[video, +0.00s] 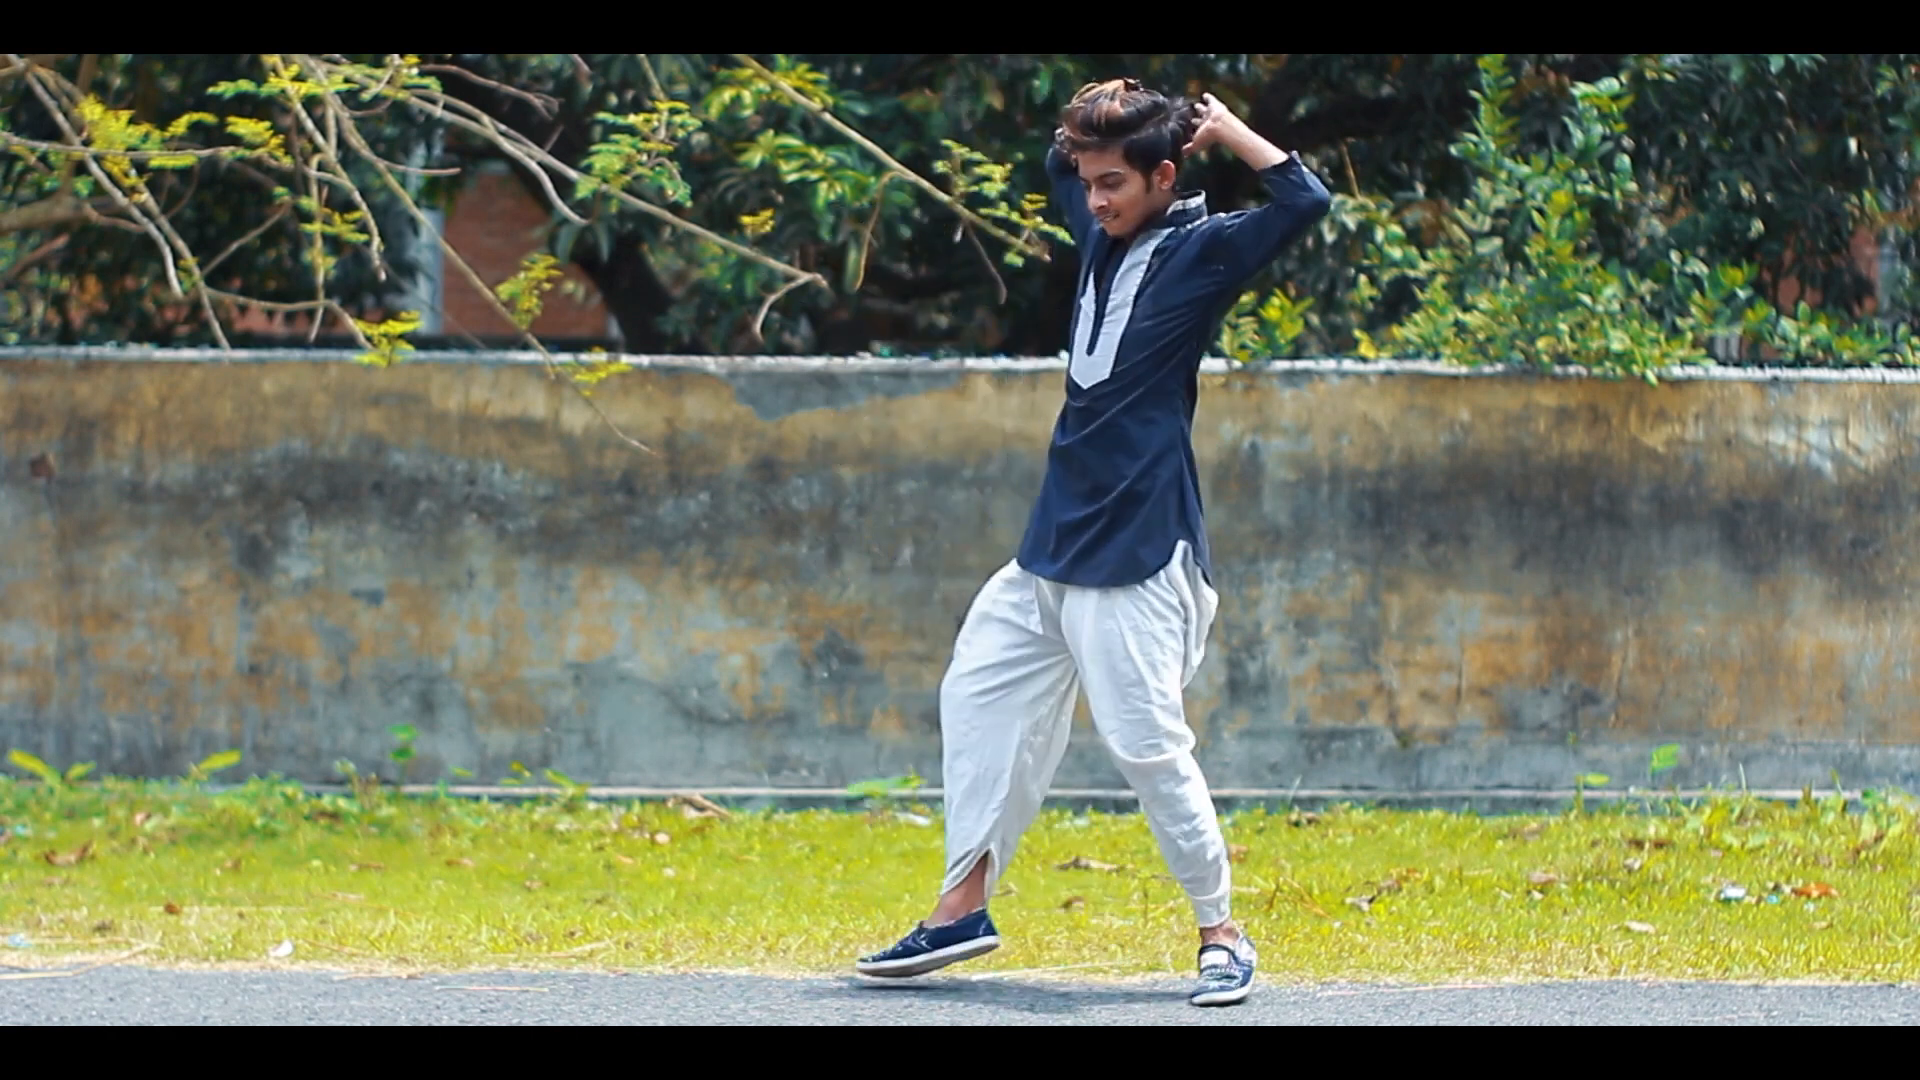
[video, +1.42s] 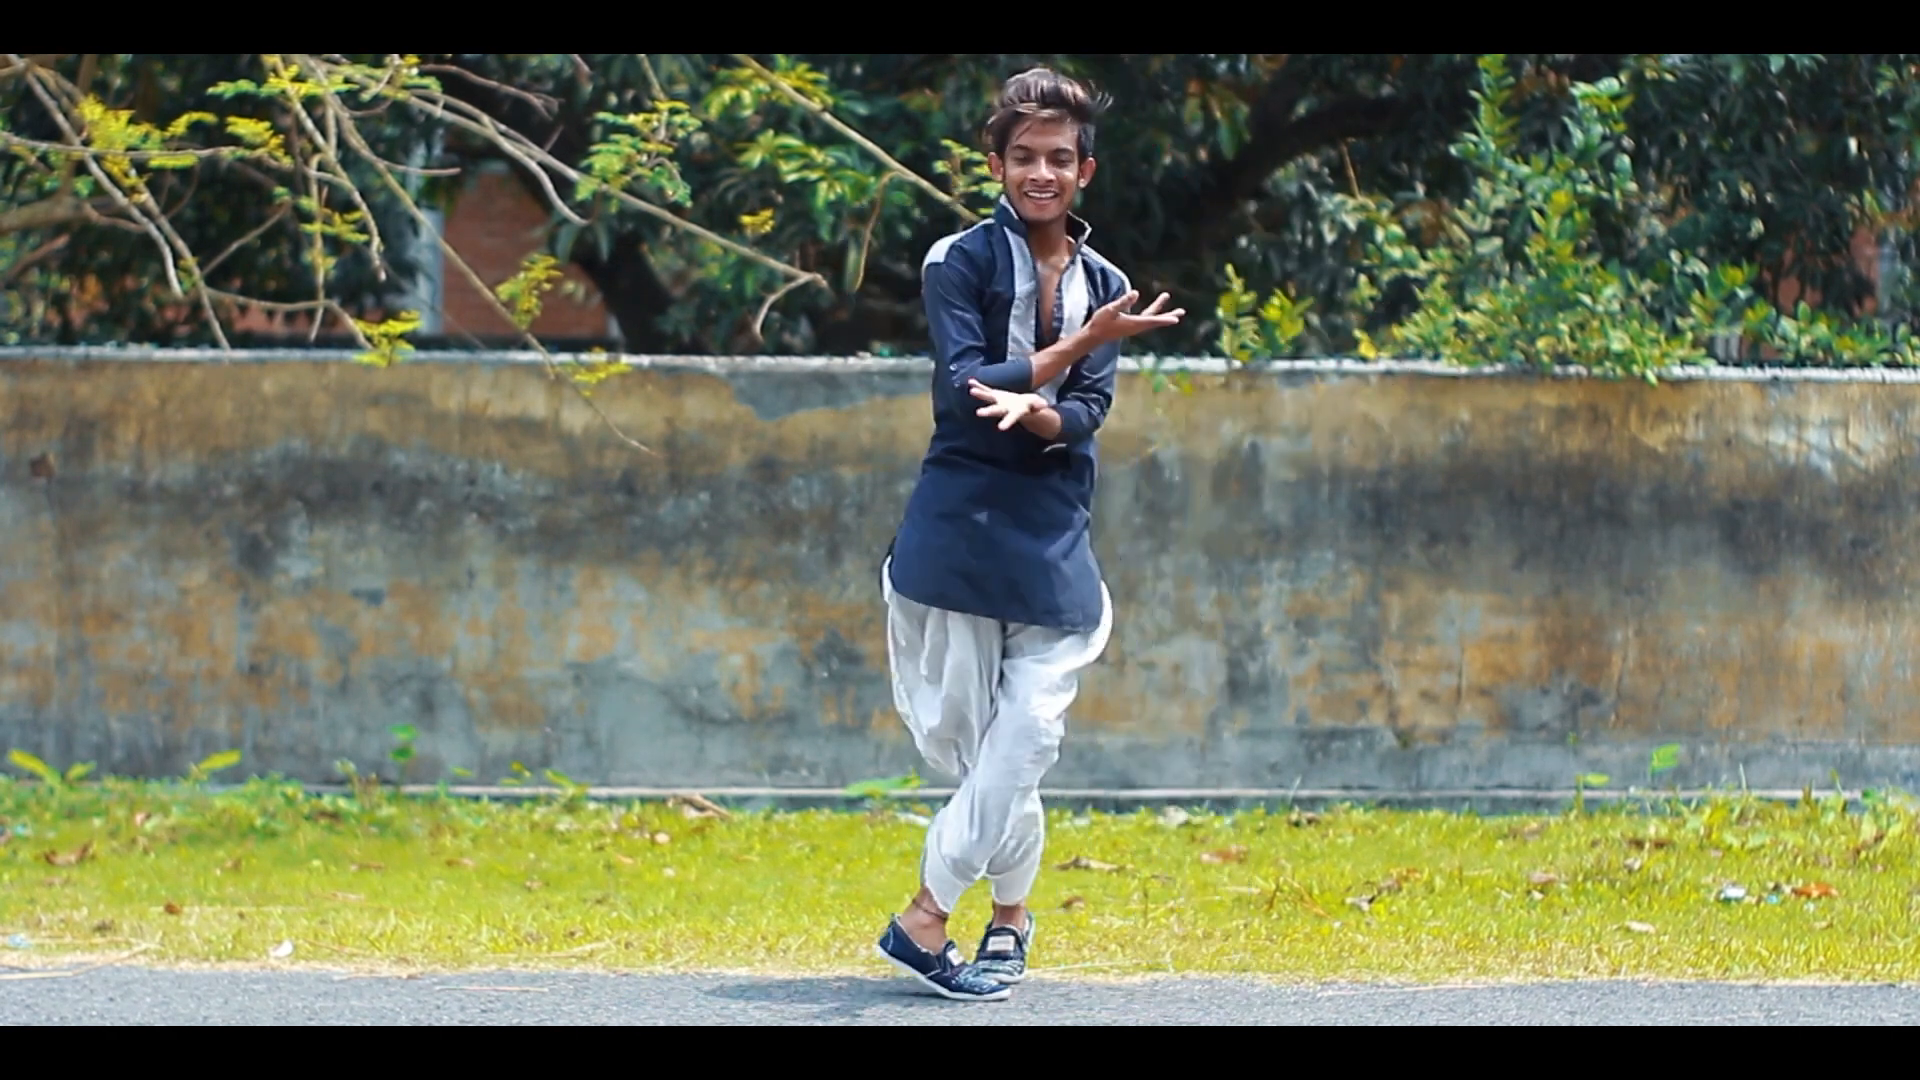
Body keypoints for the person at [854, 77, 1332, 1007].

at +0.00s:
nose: (1095, 199)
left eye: (1112, 182)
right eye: (1085, 183)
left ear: (1163, 175)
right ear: (1083, 180)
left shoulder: (1201, 247)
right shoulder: (1100, 240)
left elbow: (1301, 199)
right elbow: (1062, 178)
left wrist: (1233, 134)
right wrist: (1083, 118)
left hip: (1137, 544)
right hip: (1057, 536)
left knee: (1149, 747)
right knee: (974, 700)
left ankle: (1220, 936)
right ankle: (961, 913)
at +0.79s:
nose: (1171, 195)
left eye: (1187, 175)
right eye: (1154, 181)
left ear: (1229, 179)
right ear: (1138, 191)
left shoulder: (1261, 271)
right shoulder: (1133, 249)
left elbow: (1368, 312)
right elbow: (1035, 269)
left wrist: (1282, 216)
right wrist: (1016, 222)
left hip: (1172, 533)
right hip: (1079, 510)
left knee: (1193, 755)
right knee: (974, 691)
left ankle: (1213, 942)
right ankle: (945, 910)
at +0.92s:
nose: (1173, 196)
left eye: (1190, 179)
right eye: (1155, 182)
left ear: (1222, 191)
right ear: (1133, 197)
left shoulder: (1267, 310)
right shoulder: (1101, 292)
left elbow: (1354, 412)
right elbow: (1036, 374)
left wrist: (1400, 354)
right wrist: (926, 333)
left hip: (1171, 571)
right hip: (1059, 554)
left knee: (1191, 767)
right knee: (956, 727)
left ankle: (1230, 951)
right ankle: (942, 920)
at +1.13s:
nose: (1129, 169)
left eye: (1146, 155)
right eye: (1110, 155)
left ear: (1171, 174)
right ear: (1085, 172)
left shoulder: (1206, 282)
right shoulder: (1035, 268)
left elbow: (1306, 367)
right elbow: (928, 354)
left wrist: (1384, 320)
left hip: (1138, 553)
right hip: (1024, 537)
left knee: (1172, 752)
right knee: (956, 728)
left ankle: (1207, 941)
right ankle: (929, 924)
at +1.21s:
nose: (1104, 134)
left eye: (1123, 119)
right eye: (1088, 118)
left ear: (1148, 131)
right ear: (1059, 126)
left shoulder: (1179, 228)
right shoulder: (1012, 209)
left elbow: (1268, 278)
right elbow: (875, 254)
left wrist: (1310, 295)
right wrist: (878, 214)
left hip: (1118, 499)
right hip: (1006, 488)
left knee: (1129, 704)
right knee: (969, 705)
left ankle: (1097, 895)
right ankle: (961, 886)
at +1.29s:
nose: (1079, 128)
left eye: (1097, 113)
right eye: (1063, 111)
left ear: (1123, 124)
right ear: (1033, 117)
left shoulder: (1151, 212)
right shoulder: (995, 193)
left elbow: (1224, 313)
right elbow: (873, 245)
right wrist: (974, 254)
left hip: (1097, 483)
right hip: (991, 472)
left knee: (1088, 679)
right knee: (979, 690)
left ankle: (978, 866)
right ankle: (1017, 862)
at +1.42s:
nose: (1043, 174)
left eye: (1062, 157)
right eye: (1026, 155)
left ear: (1086, 168)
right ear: (998, 163)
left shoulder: (1105, 286)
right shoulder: (959, 260)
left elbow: (1089, 408)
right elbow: (964, 386)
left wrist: (1035, 411)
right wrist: (1089, 339)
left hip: (1056, 533)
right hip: (956, 524)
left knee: (1033, 726)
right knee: (964, 736)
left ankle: (923, 917)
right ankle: (1011, 906)